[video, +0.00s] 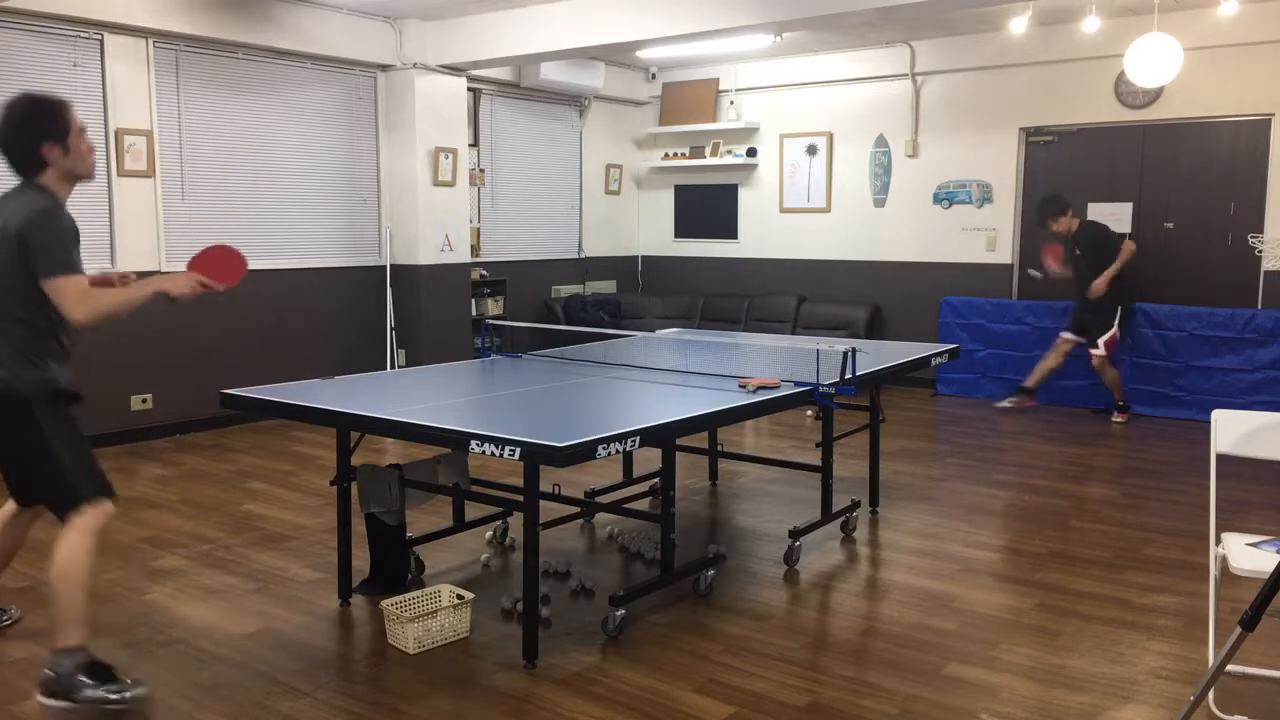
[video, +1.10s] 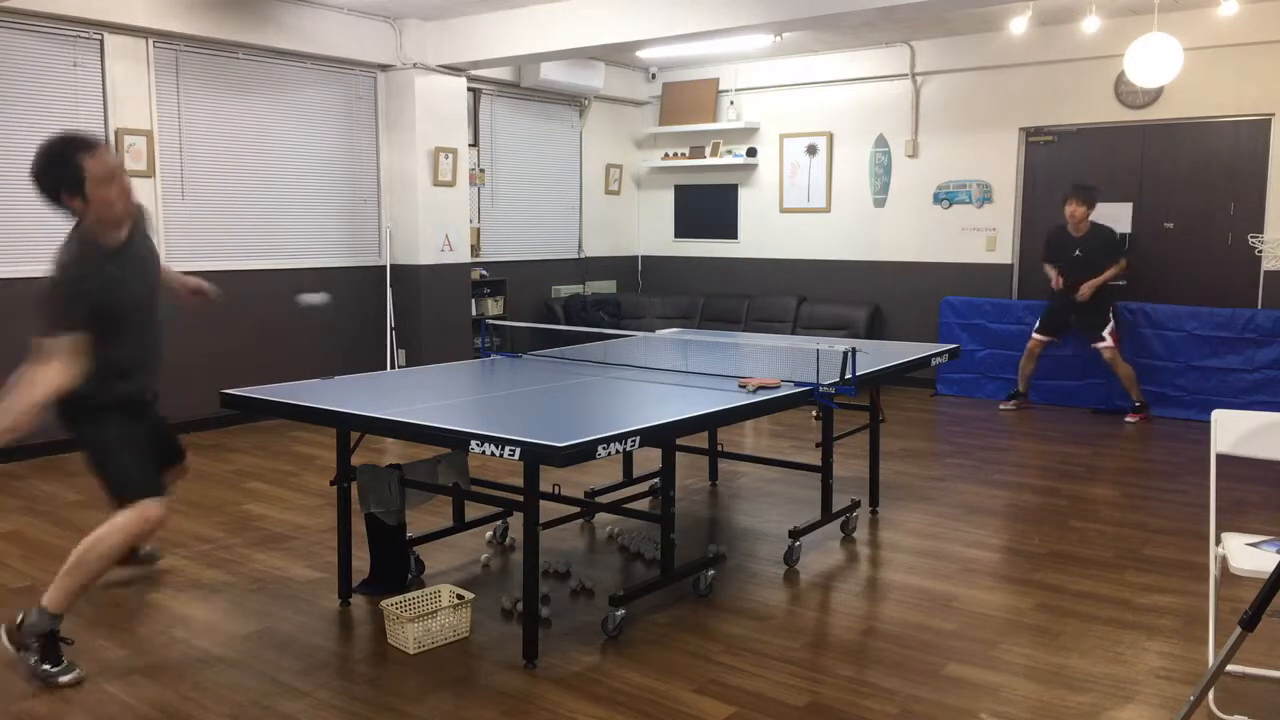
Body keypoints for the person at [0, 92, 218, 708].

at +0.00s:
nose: (92, 143)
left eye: (86, 132)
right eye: (81, 135)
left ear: (41, 153)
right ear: (52, 152)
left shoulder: (17, 208)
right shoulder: (45, 217)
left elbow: (32, 293)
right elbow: (79, 308)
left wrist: (98, 283)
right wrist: (160, 287)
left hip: (10, 388)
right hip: (30, 392)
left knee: (29, 500)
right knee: (90, 505)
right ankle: (69, 663)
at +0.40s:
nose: (140, 210)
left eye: (136, 200)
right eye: (130, 202)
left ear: (98, 217)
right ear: (98, 217)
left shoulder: (84, 267)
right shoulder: (56, 275)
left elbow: (80, 340)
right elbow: (60, 380)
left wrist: (147, 361)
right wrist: (144, 367)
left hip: (37, 411)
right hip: (6, 420)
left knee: (107, 483)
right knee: (70, 525)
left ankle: (70, 573)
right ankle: (0, 660)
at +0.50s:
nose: (140, 221)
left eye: (135, 211)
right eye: (129, 215)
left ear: (98, 229)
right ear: (95, 231)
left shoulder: (109, 272)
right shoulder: (45, 292)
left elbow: (100, 322)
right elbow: (42, 392)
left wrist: (150, 362)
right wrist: (127, 406)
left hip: (51, 409)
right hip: (9, 419)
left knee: (127, 479)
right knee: (78, 500)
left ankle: (72, 569)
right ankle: (17, 650)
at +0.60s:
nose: (137, 233)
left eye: (132, 221)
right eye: (125, 226)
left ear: (95, 241)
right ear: (89, 243)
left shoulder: (120, 278)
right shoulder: (34, 305)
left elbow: (124, 331)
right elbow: (14, 404)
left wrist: (153, 367)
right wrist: (81, 453)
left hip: (70, 409)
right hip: (19, 417)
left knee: (135, 477)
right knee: (84, 490)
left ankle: (80, 561)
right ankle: (42, 635)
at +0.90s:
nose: (121, 267)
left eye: (115, 254)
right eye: (104, 261)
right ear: (65, 281)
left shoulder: (132, 306)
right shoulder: (20, 327)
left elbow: (197, 341)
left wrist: (219, 369)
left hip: (107, 428)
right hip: (41, 431)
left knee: (162, 512)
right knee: (84, 505)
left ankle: (91, 549)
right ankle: (39, 638)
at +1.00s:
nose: (121, 240)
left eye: (117, 228)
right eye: (107, 235)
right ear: (67, 253)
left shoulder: (136, 276)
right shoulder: (27, 305)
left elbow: (202, 292)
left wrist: (257, 340)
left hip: (121, 416)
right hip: (63, 420)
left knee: (158, 503)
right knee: (108, 508)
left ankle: (92, 550)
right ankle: (42, 636)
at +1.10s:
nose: (122, 186)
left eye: (119, 173)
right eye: (107, 183)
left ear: (122, 171)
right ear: (76, 201)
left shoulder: (132, 218)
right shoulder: (77, 270)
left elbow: (141, 265)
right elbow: (58, 362)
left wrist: (178, 281)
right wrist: (17, 408)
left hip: (133, 391)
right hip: (93, 402)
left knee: (171, 467)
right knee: (147, 509)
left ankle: (122, 548)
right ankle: (37, 624)